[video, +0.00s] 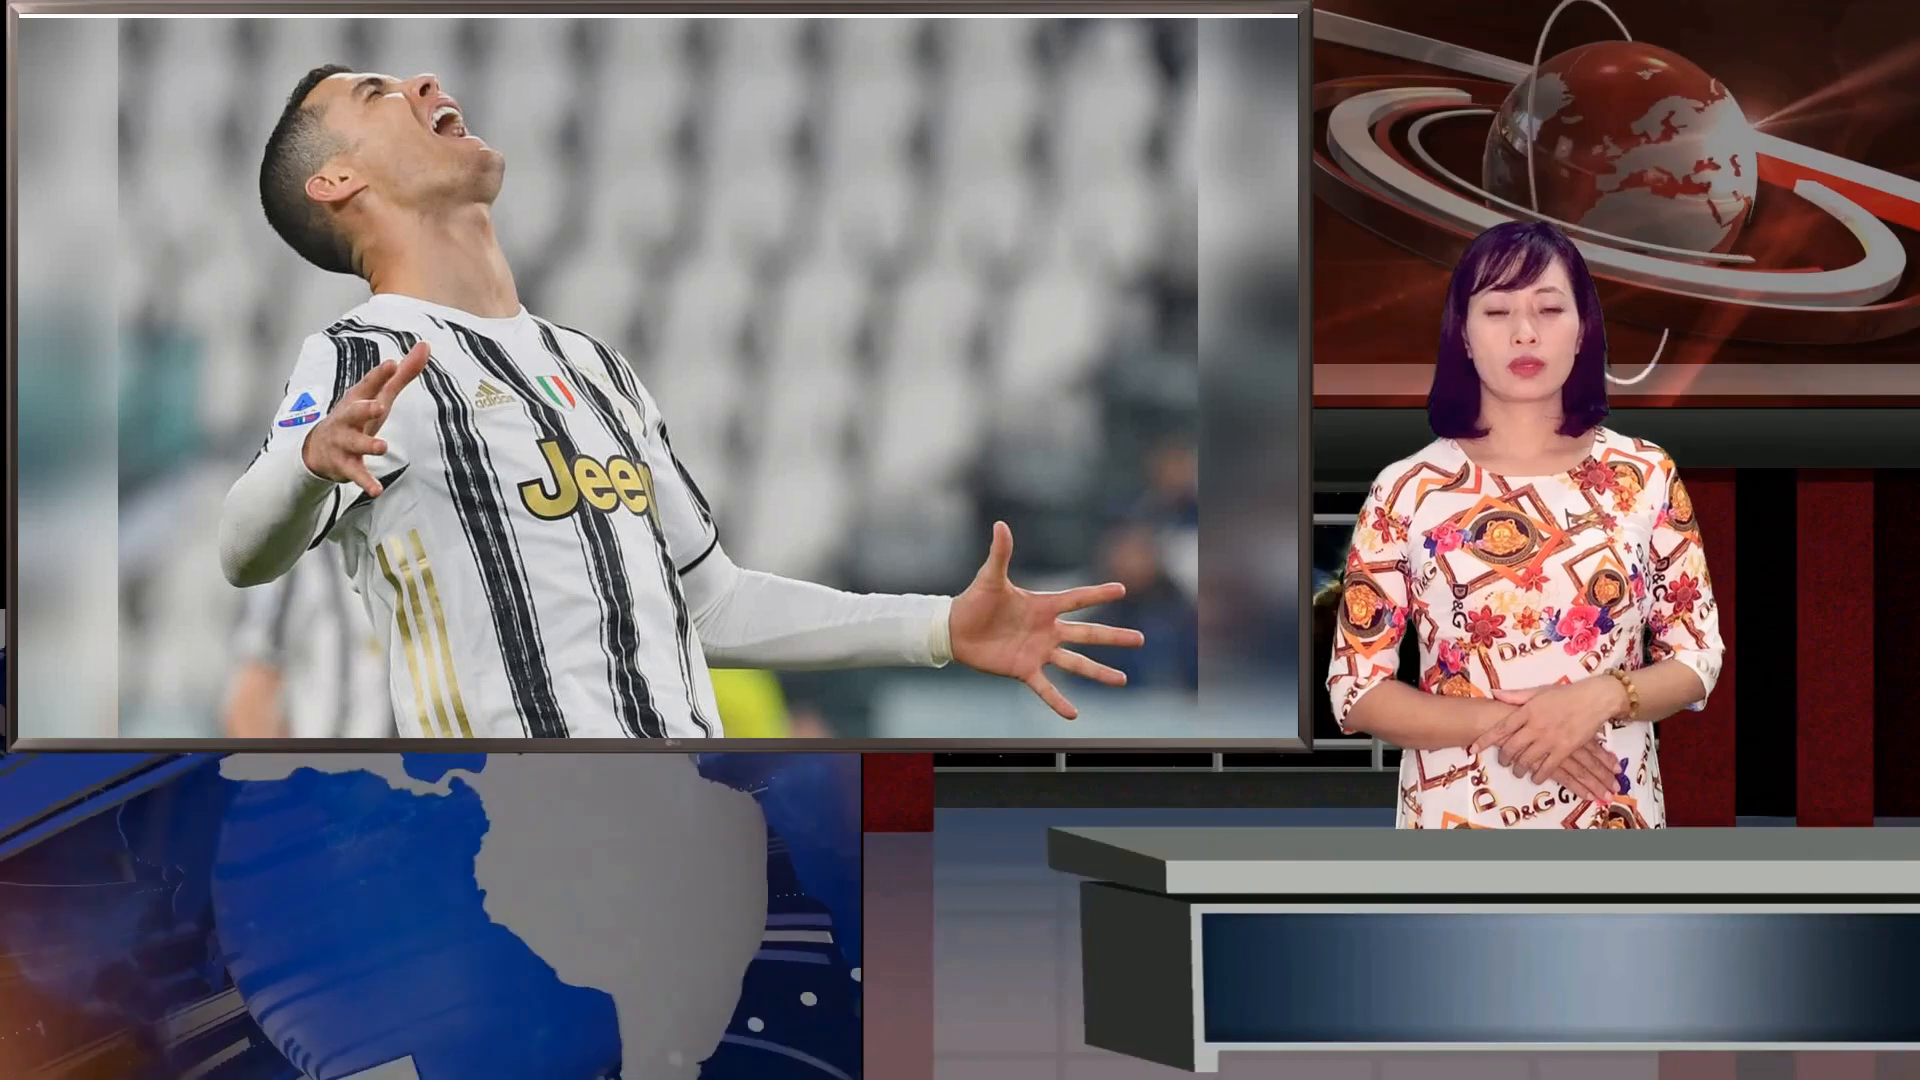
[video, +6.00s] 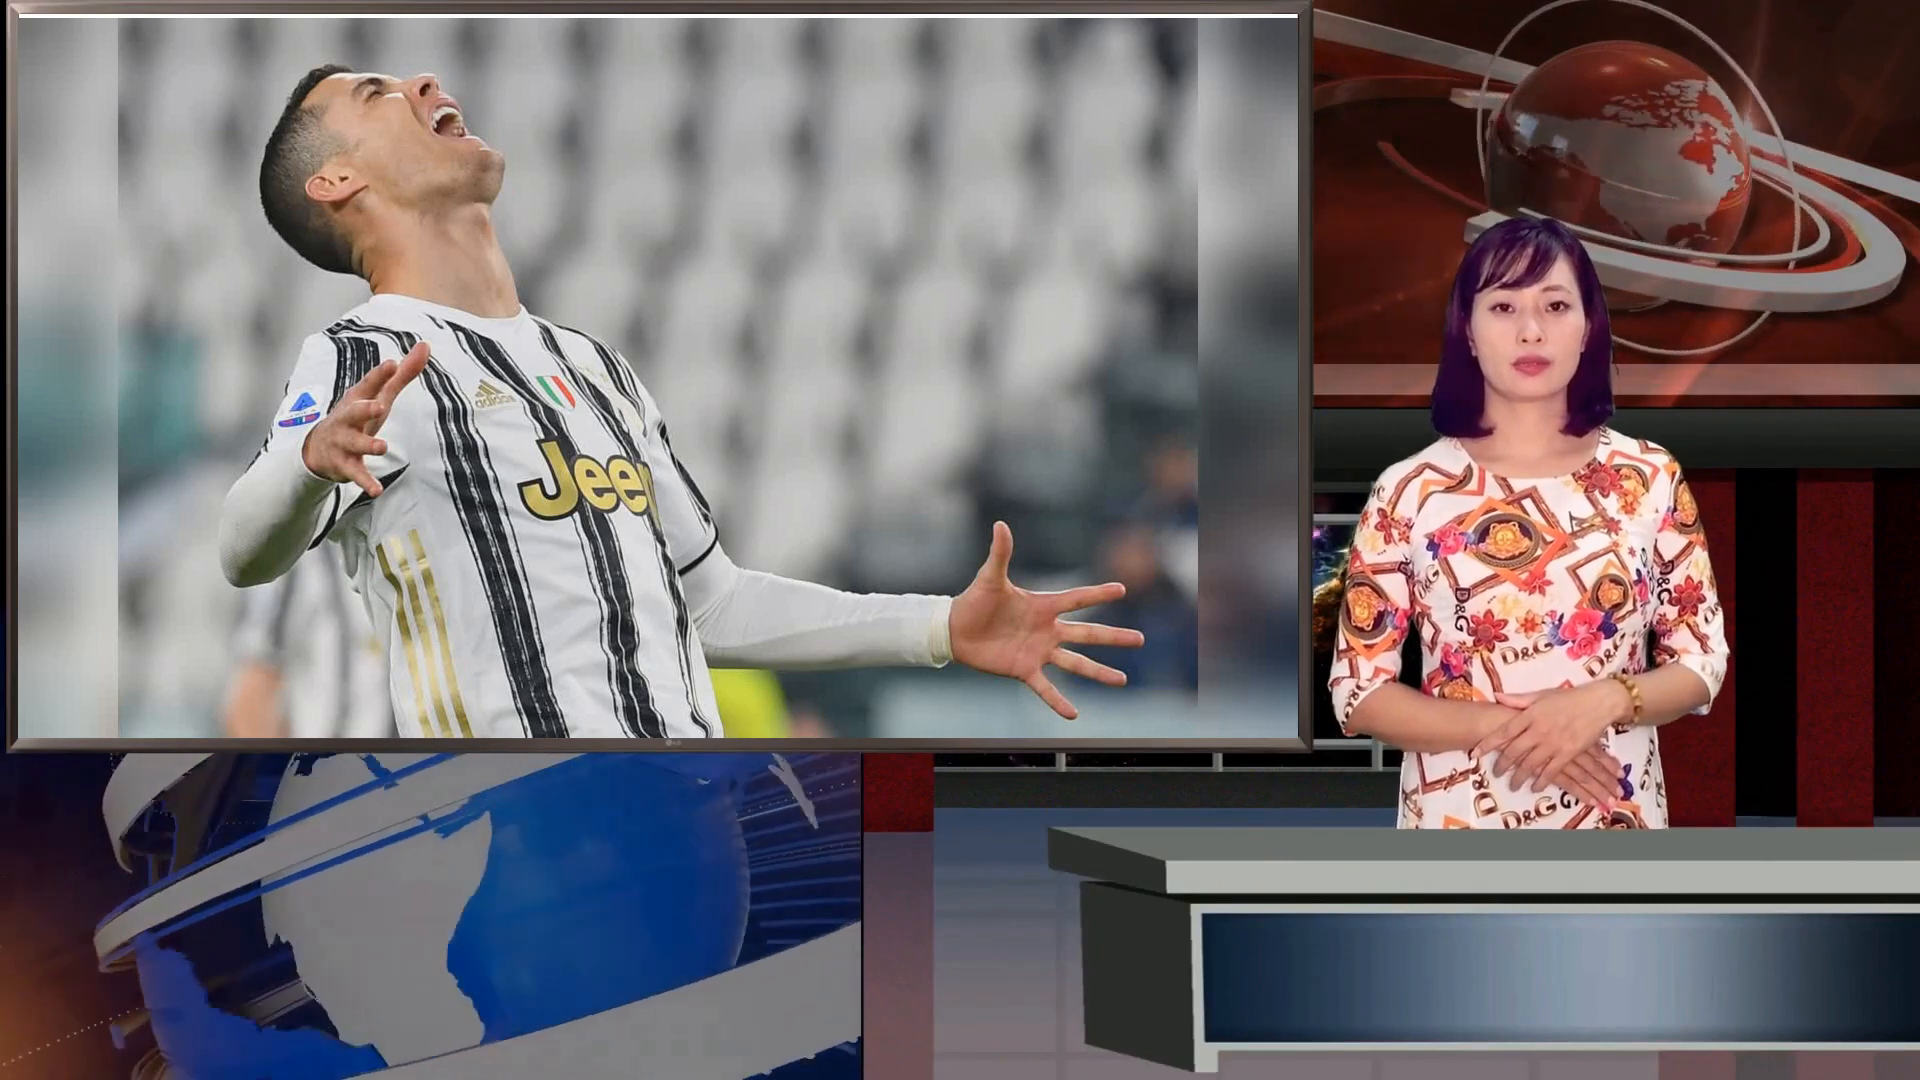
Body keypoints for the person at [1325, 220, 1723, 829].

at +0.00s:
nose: (1524, 331)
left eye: (1549, 309)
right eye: (1497, 311)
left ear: (1583, 328)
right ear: (1463, 332)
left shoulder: (1644, 477)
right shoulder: (1406, 491)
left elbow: (1697, 658)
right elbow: (1355, 690)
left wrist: (1601, 696)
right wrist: (1514, 727)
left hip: (1612, 827)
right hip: (1458, 828)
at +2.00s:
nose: (1523, 332)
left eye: (1548, 308)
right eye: (1496, 309)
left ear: (1583, 327)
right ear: (1461, 330)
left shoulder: (1643, 478)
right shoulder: (1404, 492)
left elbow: (1696, 659)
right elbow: (1353, 692)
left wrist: (1598, 701)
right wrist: (1511, 731)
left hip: (1610, 832)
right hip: (1454, 831)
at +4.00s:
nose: (1532, 331)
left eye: (1556, 307)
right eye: (1504, 308)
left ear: (1590, 326)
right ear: (1468, 329)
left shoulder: (1649, 479)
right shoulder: (1409, 492)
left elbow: (1701, 661)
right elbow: (1359, 691)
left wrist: (1604, 700)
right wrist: (1516, 729)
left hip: (1615, 832)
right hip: (1460, 832)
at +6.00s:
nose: (1531, 330)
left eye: (1555, 306)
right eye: (1503, 307)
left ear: (1589, 326)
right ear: (1466, 328)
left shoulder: (1648, 478)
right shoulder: (1407, 492)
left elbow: (1702, 661)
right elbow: (1357, 691)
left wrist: (1604, 701)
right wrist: (1516, 731)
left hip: (1615, 830)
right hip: (1458, 830)